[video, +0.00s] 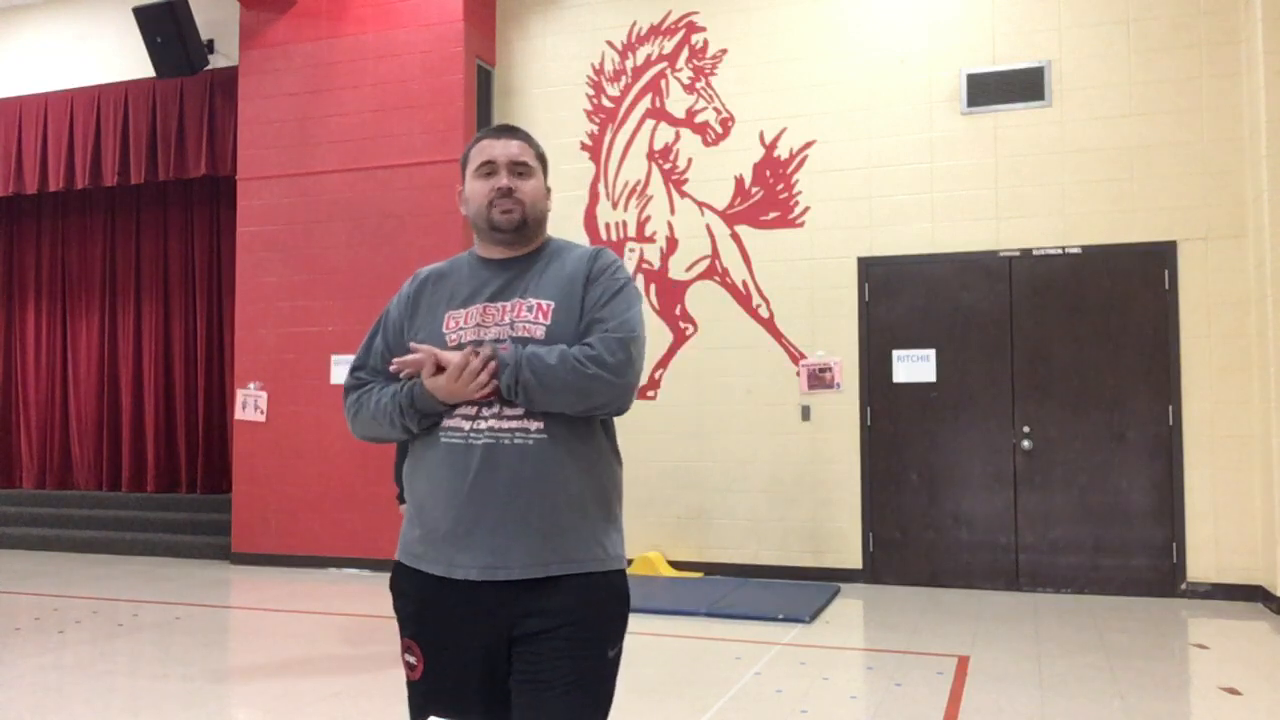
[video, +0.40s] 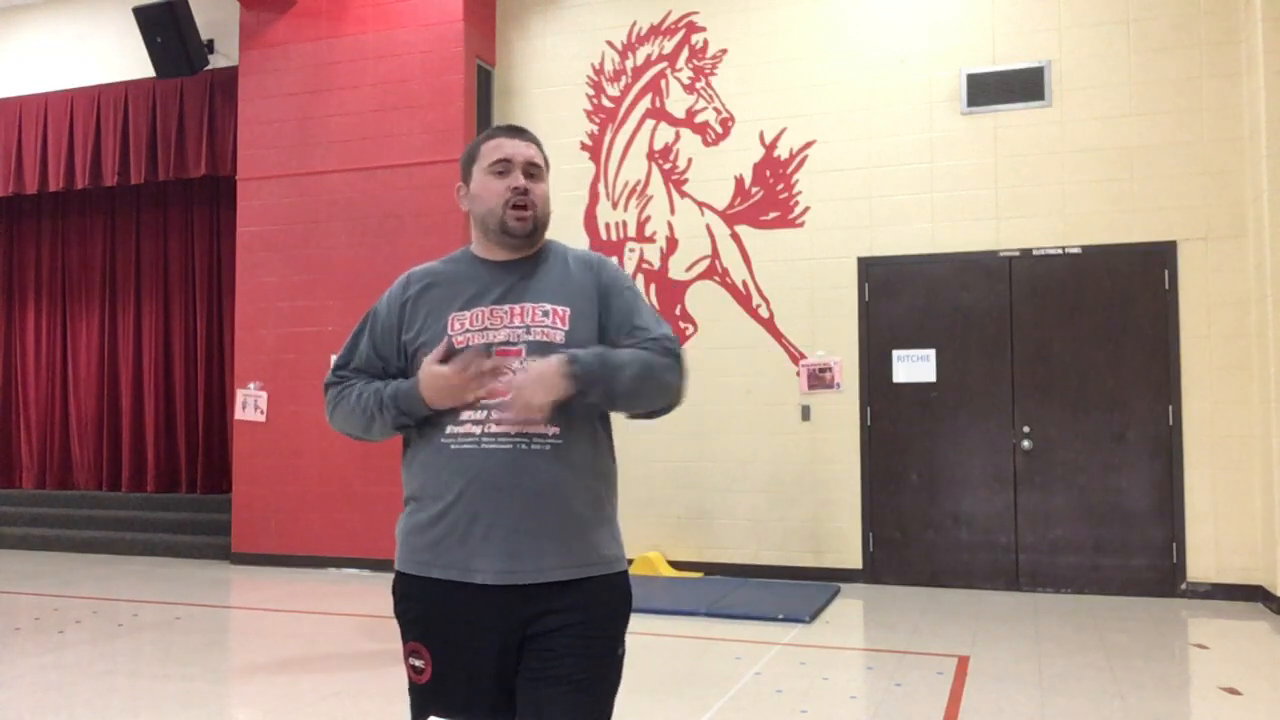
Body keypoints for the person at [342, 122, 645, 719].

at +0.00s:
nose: (504, 182)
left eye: (520, 170)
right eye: (486, 171)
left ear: (548, 192)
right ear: (462, 198)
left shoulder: (595, 272)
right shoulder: (420, 293)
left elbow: (613, 374)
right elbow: (362, 406)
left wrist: (470, 365)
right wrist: (429, 397)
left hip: (571, 573)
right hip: (440, 577)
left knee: (561, 710)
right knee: (447, 713)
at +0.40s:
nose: (520, 182)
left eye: (533, 172)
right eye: (500, 170)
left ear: (549, 193)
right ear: (464, 194)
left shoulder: (598, 280)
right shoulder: (415, 292)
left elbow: (666, 374)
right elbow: (342, 399)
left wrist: (573, 373)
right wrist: (419, 395)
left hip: (577, 580)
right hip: (446, 582)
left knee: (568, 711)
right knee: (452, 714)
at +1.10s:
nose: (548, 181)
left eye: (561, 170)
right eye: (528, 166)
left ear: (577, 191)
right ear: (488, 187)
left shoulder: (620, 278)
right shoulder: (434, 280)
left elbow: (669, 383)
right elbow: (367, 404)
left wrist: (586, 313)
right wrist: (417, 379)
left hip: (589, 583)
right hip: (457, 583)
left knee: (580, 710)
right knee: (461, 713)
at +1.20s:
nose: (549, 179)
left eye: (564, 167)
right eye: (529, 165)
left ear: (584, 188)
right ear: (493, 185)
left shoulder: (622, 274)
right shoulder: (437, 280)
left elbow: (668, 372)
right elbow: (360, 385)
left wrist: (556, 329)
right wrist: (444, 379)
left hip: (594, 585)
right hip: (461, 584)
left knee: (584, 709)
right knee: (468, 711)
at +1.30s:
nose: (547, 176)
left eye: (565, 164)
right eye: (529, 162)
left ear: (590, 187)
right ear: (499, 184)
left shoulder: (628, 274)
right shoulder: (442, 277)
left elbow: (673, 375)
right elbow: (366, 386)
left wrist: (565, 329)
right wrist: (445, 373)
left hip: (601, 588)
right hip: (466, 586)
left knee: (591, 709)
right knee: (475, 710)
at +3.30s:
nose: (475, 166)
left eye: (478, 152)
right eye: (451, 152)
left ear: (485, 162)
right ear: (393, 171)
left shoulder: (504, 273)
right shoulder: (330, 266)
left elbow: (535, 398)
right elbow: (251, 399)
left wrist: (584, 394)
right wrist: (388, 391)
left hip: (507, 584)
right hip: (373, 587)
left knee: (529, 710)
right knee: (369, 709)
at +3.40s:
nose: (472, 166)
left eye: (475, 150)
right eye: (446, 153)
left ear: (485, 160)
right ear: (392, 177)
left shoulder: (507, 274)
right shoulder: (334, 265)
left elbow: (536, 395)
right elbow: (252, 392)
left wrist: (587, 386)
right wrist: (385, 384)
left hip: (507, 582)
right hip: (375, 583)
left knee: (525, 710)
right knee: (370, 709)